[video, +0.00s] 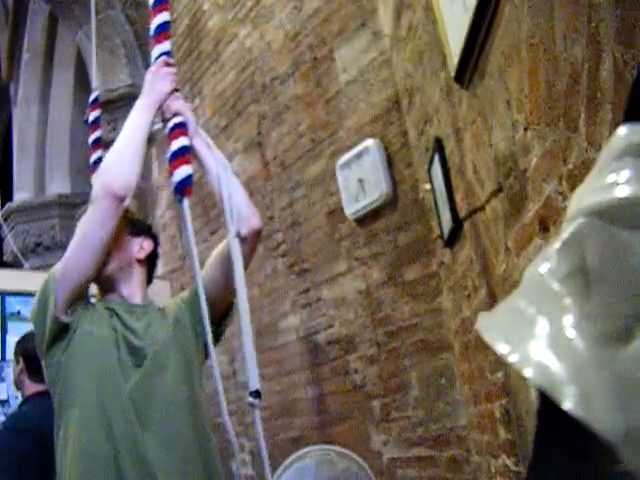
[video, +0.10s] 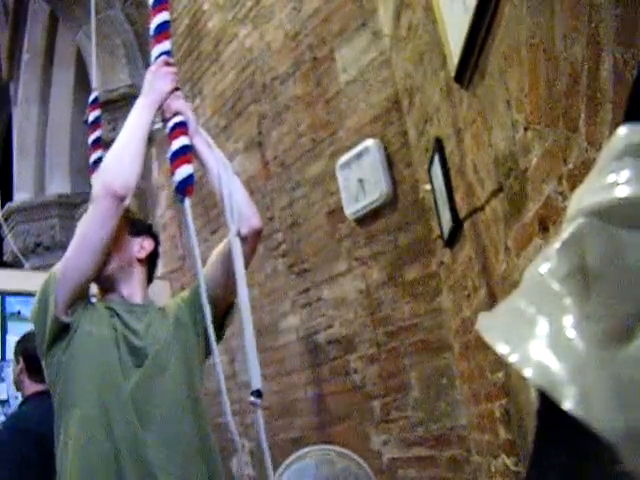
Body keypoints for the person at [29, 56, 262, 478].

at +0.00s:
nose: (100, 240)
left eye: (114, 231)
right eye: (100, 232)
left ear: (144, 248)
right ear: (87, 248)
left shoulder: (183, 320)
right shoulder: (66, 323)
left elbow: (247, 228)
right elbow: (111, 191)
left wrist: (195, 135)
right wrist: (148, 101)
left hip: (192, 470)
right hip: (93, 470)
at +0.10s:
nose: (100, 240)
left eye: (113, 231)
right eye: (100, 232)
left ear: (144, 247)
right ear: (87, 248)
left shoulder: (184, 320)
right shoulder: (66, 324)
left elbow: (247, 228)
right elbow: (111, 191)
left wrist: (195, 133)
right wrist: (148, 100)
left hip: (190, 470)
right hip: (93, 470)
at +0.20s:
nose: (100, 239)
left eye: (114, 230)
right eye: (100, 231)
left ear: (144, 247)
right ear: (87, 247)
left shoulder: (184, 320)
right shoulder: (66, 323)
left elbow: (247, 228)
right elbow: (111, 191)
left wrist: (195, 133)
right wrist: (148, 100)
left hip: (193, 470)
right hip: (94, 470)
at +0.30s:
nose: (100, 239)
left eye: (114, 230)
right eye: (100, 231)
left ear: (145, 246)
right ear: (87, 247)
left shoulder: (184, 320)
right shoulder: (66, 323)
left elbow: (247, 227)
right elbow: (112, 190)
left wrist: (194, 131)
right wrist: (148, 99)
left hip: (191, 470)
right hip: (93, 470)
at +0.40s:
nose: (100, 240)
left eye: (114, 231)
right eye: (100, 232)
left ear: (145, 246)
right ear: (87, 247)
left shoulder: (184, 320)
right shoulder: (66, 324)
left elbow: (248, 228)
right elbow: (111, 191)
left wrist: (195, 132)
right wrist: (147, 100)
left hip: (193, 471)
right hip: (94, 471)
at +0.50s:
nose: (101, 238)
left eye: (115, 230)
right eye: (102, 230)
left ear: (146, 245)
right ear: (88, 246)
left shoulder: (185, 320)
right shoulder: (66, 322)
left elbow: (248, 228)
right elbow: (112, 191)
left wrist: (193, 137)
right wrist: (145, 103)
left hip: (189, 470)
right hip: (92, 470)